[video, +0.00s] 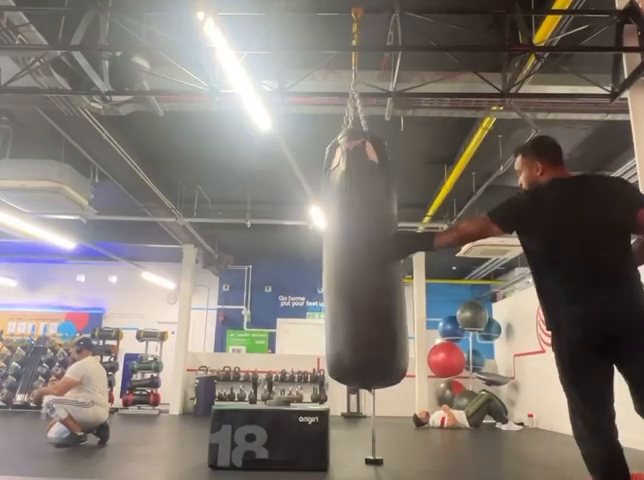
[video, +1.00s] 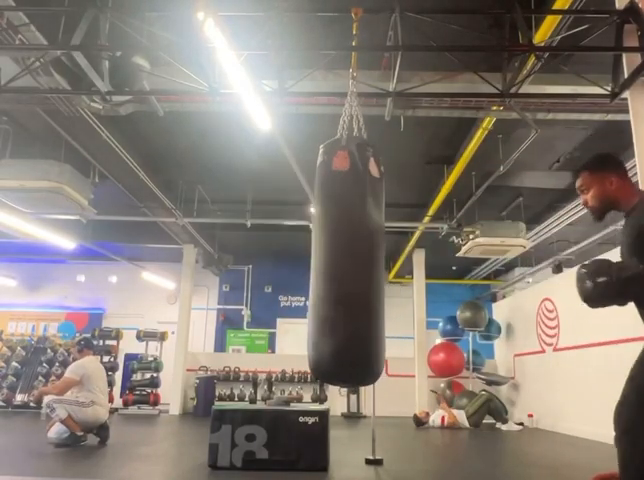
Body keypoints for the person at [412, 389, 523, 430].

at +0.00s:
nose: (423, 410)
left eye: (420, 411)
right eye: (421, 413)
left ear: (423, 417)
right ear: (423, 419)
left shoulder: (434, 415)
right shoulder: (434, 420)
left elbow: (450, 419)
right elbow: (453, 423)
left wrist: (446, 410)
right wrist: (447, 410)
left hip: (467, 413)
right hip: (470, 419)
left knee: (484, 393)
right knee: (487, 397)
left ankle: (501, 420)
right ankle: (505, 422)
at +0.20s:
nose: (423, 410)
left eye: (420, 411)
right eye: (421, 413)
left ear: (423, 417)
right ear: (423, 418)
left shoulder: (434, 415)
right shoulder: (434, 420)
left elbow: (451, 419)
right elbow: (453, 423)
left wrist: (446, 410)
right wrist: (446, 410)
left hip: (467, 413)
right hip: (469, 419)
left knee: (484, 393)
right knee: (487, 396)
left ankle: (501, 420)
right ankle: (505, 422)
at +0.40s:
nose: (423, 410)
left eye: (420, 411)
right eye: (421, 412)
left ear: (423, 417)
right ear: (423, 418)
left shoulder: (434, 415)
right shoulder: (434, 420)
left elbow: (451, 419)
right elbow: (453, 423)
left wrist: (446, 410)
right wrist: (447, 410)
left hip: (467, 413)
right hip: (469, 419)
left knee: (484, 393)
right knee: (487, 396)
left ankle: (501, 420)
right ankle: (505, 422)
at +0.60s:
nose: (423, 410)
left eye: (421, 410)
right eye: (422, 412)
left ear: (423, 416)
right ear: (424, 418)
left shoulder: (435, 415)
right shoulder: (434, 420)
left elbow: (451, 415)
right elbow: (453, 423)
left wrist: (449, 407)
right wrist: (447, 410)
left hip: (466, 413)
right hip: (469, 419)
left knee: (484, 393)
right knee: (487, 396)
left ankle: (501, 420)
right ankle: (505, 422)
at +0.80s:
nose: (423, 410)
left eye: (421, 410)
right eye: (421, 412)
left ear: (423, 416)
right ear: (423, 418)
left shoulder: (434, 415)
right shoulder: (434, 420)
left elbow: (450, 415)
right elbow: (453, 423)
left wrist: (446, 403)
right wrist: (446, 406)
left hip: (467, 413)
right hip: (470, 419)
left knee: (484, 393)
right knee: (487, 396)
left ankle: (501, 420)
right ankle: (505, 422)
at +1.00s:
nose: (423, 410)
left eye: (421, 411)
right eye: (421, 413)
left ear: (423, 416)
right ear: (423, 418)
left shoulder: (434, 415)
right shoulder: (434, 421)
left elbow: (448, 414)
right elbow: (453, 422)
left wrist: (443, 404)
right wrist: (445, 407)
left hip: (466, 413)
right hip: (469, 419)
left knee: (484, 393)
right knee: (487, 397)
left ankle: (500, 420)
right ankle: (505, 422)